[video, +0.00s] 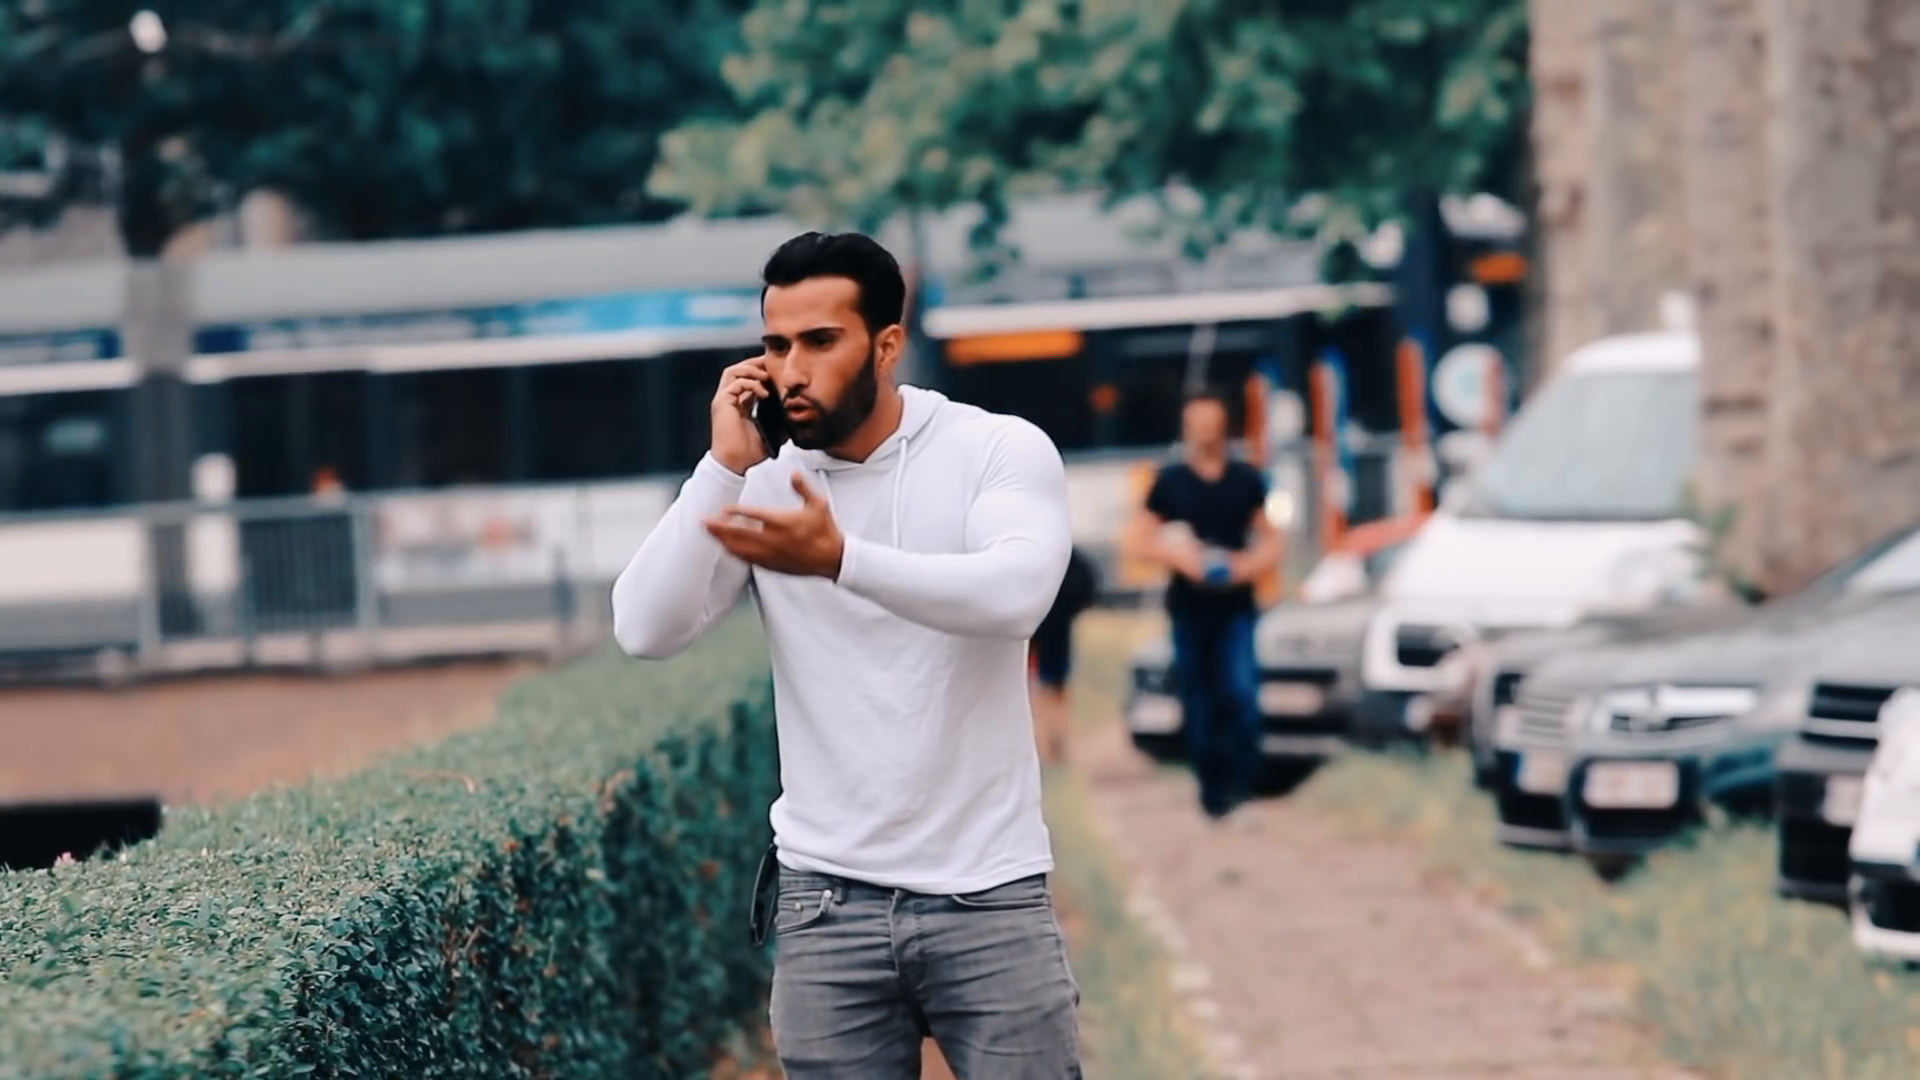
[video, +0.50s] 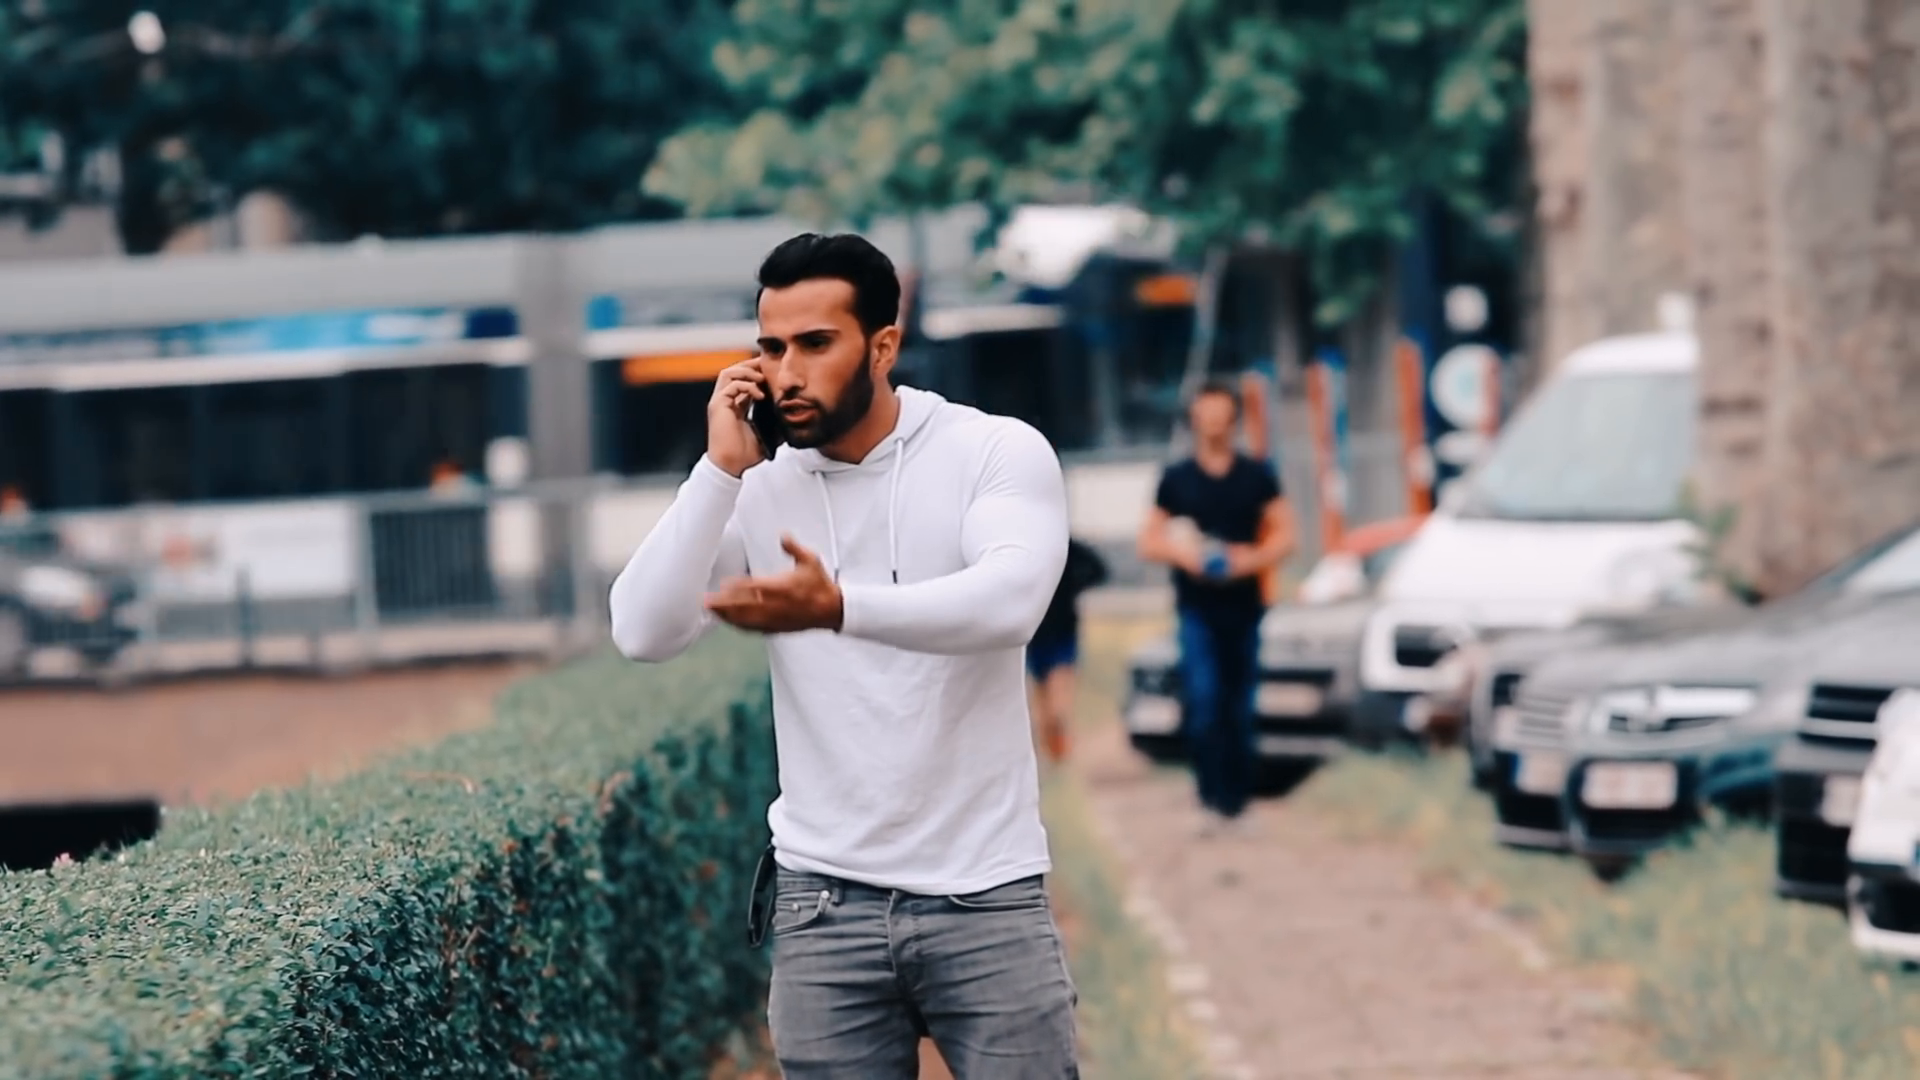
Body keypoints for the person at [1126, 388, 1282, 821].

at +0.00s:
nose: (1202, 436)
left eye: (1210, 428)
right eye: (1195, 428)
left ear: (1223, 429)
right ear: (1185, 429)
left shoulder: (1245, 480)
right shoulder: (1171, 479)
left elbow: (1271, 539)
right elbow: (1144, 538)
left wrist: (1246, 565)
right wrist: (1185, 558)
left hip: (1236, 602)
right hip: (1190, 603)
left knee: (1240, 692)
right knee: (1197, 697)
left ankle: (1239, 786)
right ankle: (1212, 789)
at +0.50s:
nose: (1214, 426)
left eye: (1222, 418)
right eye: (1206, 418)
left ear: (1234, 420)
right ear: (1193, 419)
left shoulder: (1257, 475)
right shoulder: (1178, 478)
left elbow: (1283, 536)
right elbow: (1151, 540)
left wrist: (1246, 559)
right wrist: (1187, 556)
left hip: (1244, 602)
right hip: (1197, 602)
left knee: (1239, 700)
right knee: (1204, 696)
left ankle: (1238, 793)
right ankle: (1213, 795)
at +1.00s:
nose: (1224, 435)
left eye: (1231, 427)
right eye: (1216, 427)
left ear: (1242, 430)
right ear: (1202, 430)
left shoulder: (1264, 486)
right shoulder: (1182, 489)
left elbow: (1289, 548)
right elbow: (1155, 548)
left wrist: (1250, 565)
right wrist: (1188, 562)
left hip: (1245, 617)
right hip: (1198, 618)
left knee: (1253, 703)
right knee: (1203, 714)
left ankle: (1283, 802)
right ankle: (1212, 810)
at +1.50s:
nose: (1229, 433)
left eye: (1238, 425)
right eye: (1222, 425)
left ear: (1255, 429)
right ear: (1212, 429)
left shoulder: (1279, 487)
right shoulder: (1201, 487)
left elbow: (1311, 544)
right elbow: (1170, 550)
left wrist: (1270, 570)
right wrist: (1200, 567)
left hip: (1263, 617)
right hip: (1214, 617)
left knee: (1266, 719)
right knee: (1220, 716)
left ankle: (1271, 819)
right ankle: (1225, 821)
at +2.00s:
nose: (1224, 438)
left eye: (1232, 430)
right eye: (1216, 430)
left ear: (1246, 431)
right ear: (1205, 432)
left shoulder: (1265, 489)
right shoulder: (1187, 491)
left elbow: (1296, 550)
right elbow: (1153, 555)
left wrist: (1268, 579)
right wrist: (1195, 569)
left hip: (1253, 625)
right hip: (1205, 628)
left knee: (1254, 717)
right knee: (1214, 729)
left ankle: (1268, 814)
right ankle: (1231, 826)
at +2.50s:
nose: (1230, 433)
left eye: (1238, 424)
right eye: (1222, 425)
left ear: (1254, 429)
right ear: (1211, 430)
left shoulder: (1281, 491)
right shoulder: (1200, 491)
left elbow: (1313, 546)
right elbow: (1168, 558)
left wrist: (1279, 577)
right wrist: (1207, 574)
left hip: (1266, 622)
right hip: (1219, 622)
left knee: (1260, 725)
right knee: (1231, 719)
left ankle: (1255, 825)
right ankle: (1231, 819)